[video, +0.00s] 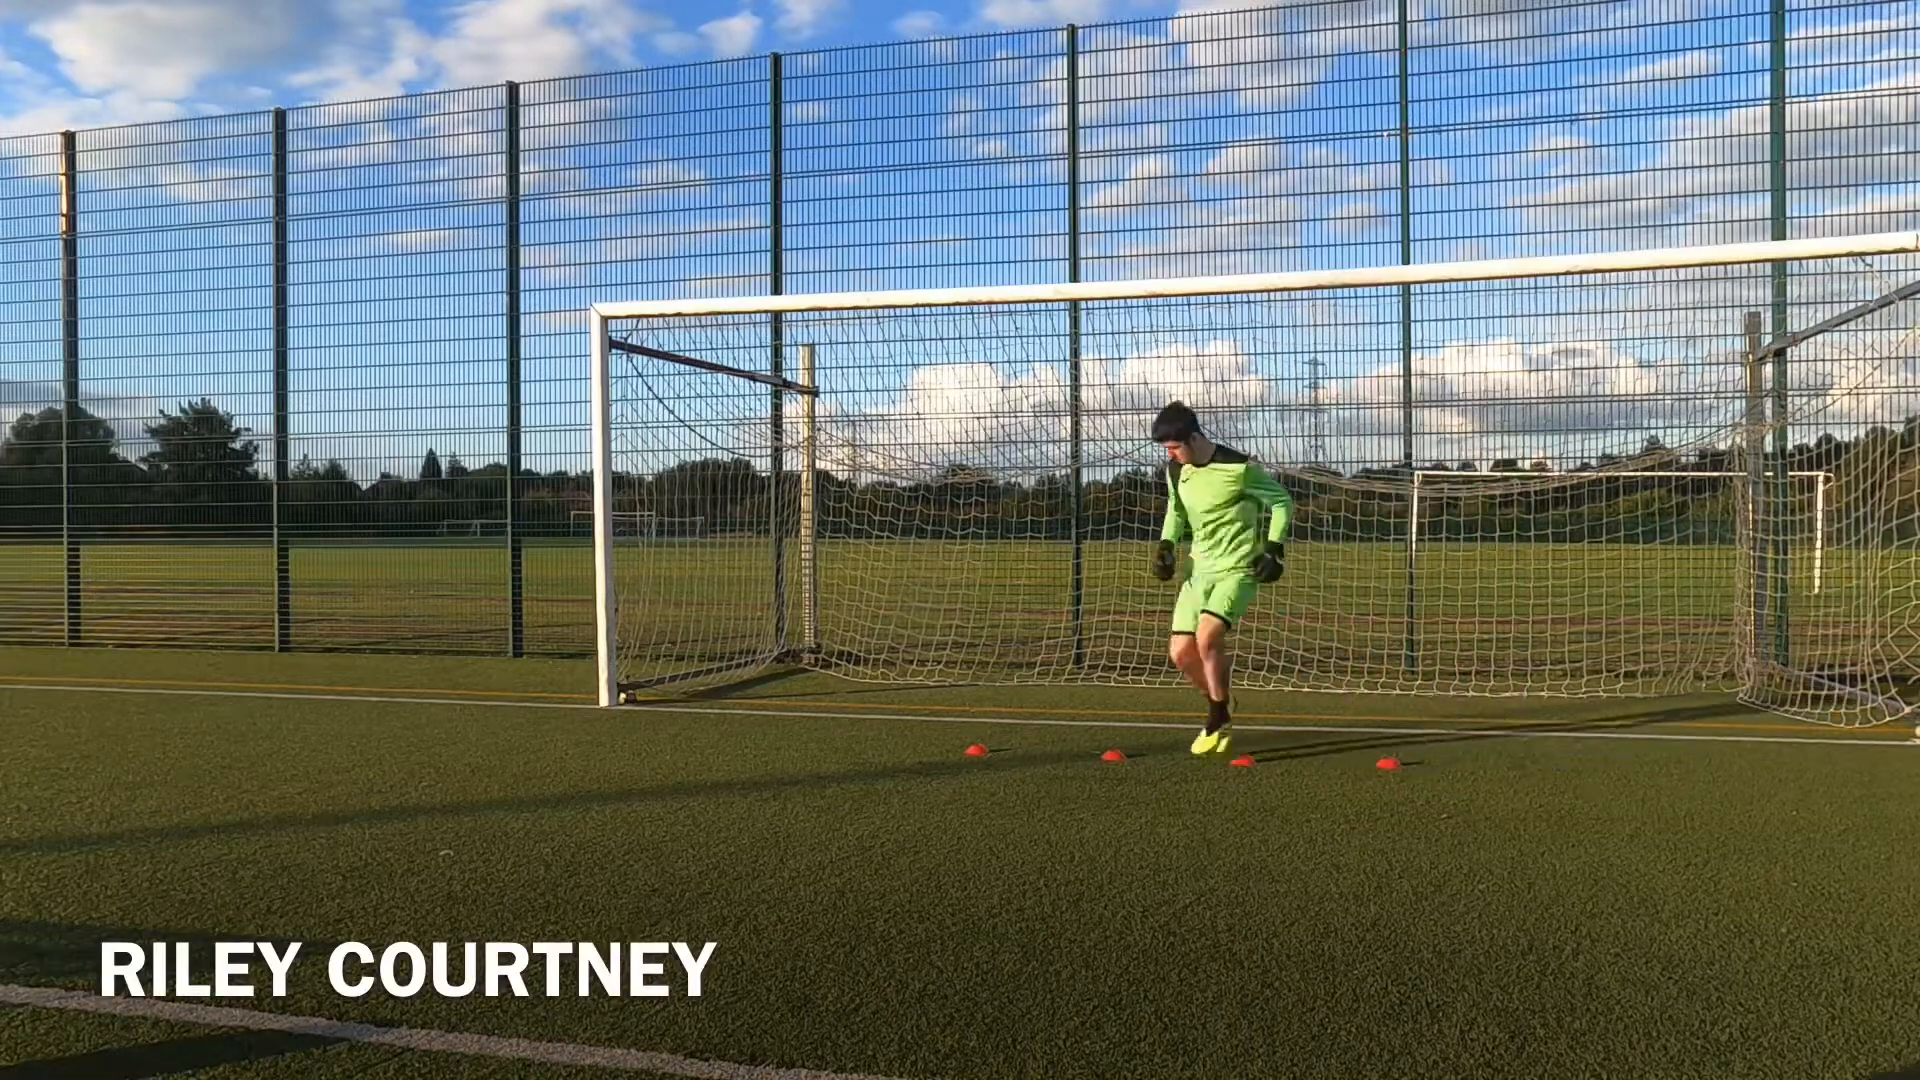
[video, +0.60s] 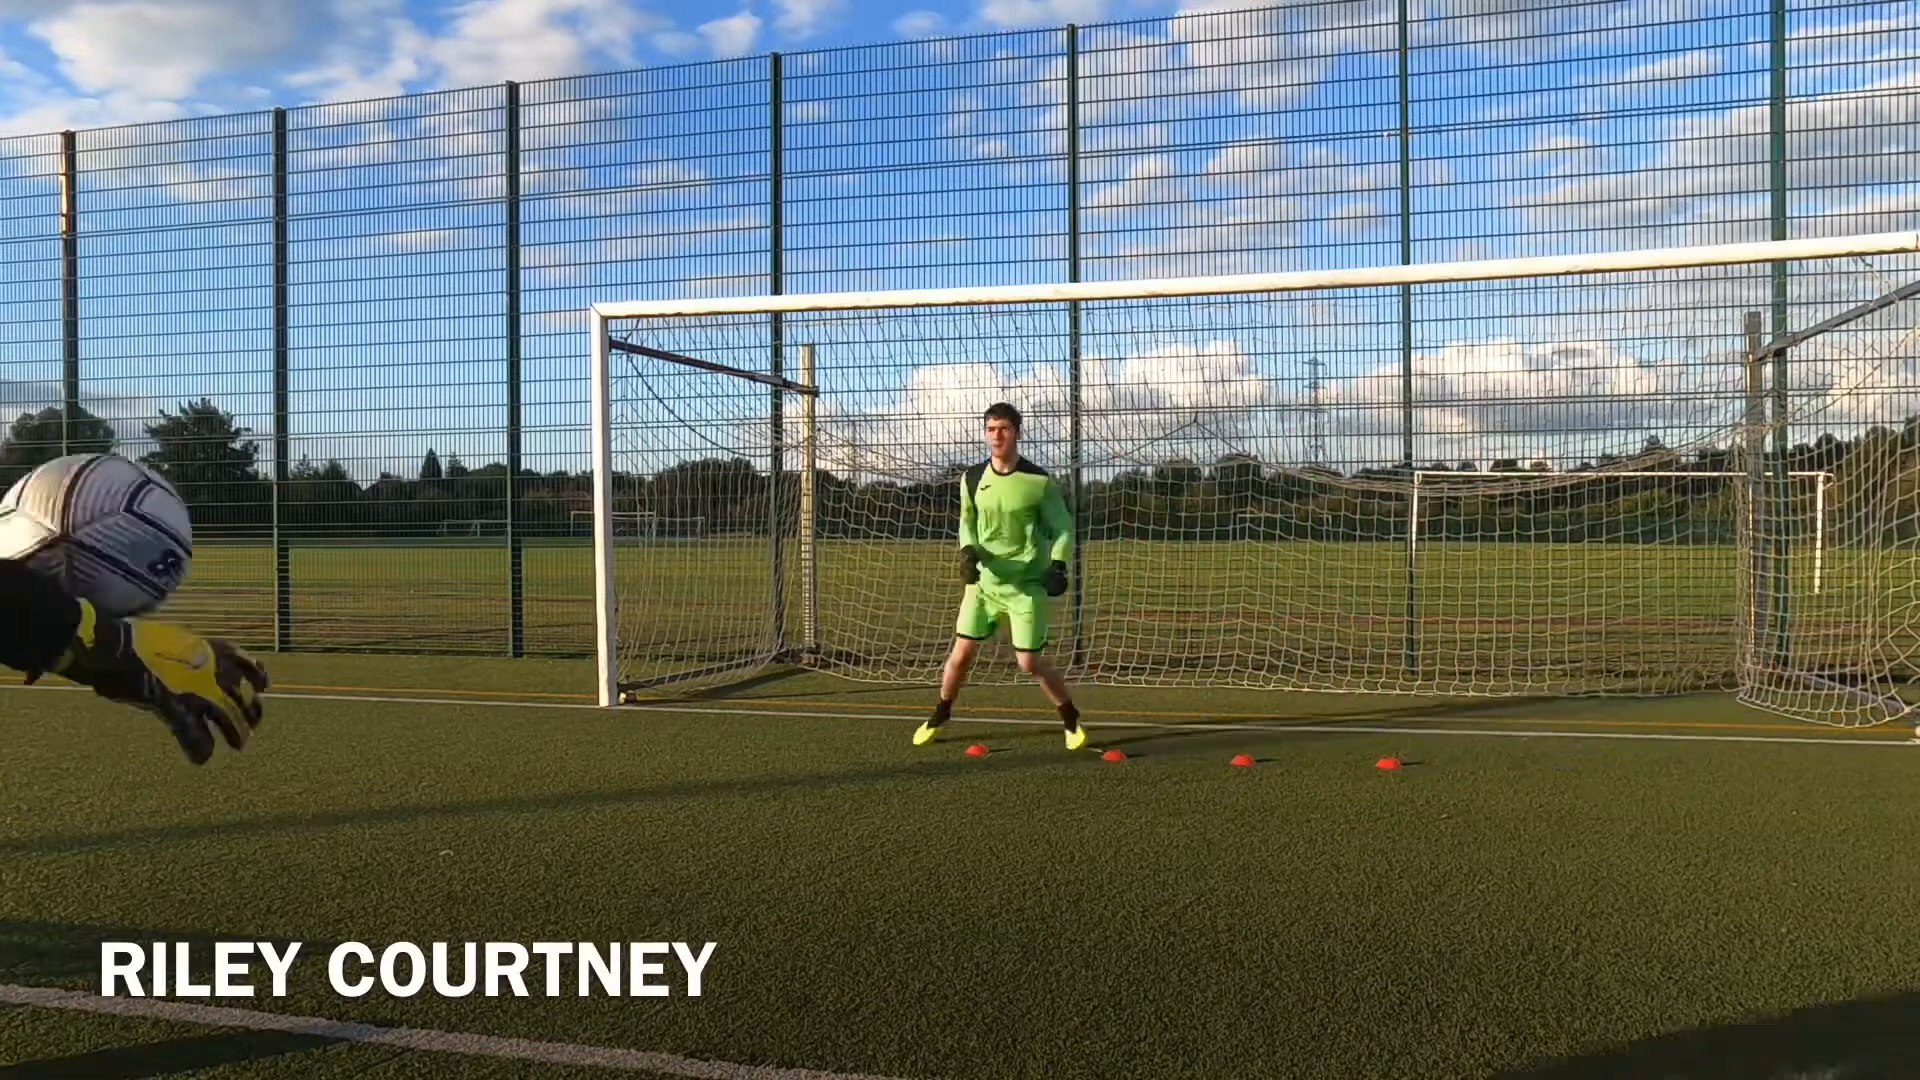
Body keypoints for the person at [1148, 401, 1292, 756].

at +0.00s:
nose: (1170, 455)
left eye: (1173, 447)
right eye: (1166, 449)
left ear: (1193, 436)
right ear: (1169, 443)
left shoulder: (1240, 467)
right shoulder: (1177, 472)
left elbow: (1281, 501)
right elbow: (1176, 510)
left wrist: (1274, 548)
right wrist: (1166, 545)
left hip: (1237, 568)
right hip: (1201, 569)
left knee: (1208, 637)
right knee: (1181, 651)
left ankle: (1218, 721)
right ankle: (1221, 703)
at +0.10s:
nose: (1139, 459)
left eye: (1144, 450)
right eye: (1134, 452)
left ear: (1163, 445)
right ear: (1132, 452)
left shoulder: (1202, 485)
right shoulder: (1147, 485)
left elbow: (1241, 528)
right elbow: (1143, 525)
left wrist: (1232, 575)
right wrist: (1125, 558)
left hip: (1199, 584)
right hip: (1165, 581)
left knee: (1168, 660)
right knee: (1117, 639)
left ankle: (1197, 753)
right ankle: (1141, 720)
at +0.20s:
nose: (1116, 450)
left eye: (1122, 442)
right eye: (1110, 444)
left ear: (1140, 441)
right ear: (1105, 447)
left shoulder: (1168, 486)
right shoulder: (1107, 485)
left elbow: (1201, 532)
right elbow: (1098, 526)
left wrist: (1183, 569)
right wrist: (1085, 549)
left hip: (1155, 588)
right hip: (1118, 585)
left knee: (1150, 658)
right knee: (1090, 645)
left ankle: (1187, 746)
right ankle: (1092, 732)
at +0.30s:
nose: (1091, 439)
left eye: (1097, 431)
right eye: (1084, 433)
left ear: (1113, 431)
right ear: (1078, 436)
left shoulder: (1137, 476)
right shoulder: (1071, 472)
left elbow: (1168, 525)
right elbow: (1056, 513)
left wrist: (1147, 552)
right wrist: (1054, 534)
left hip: (1120, 575)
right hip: (1079, 574)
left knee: (1111, 641)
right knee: (1072, 645)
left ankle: (1133, 727)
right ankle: (1084, 733)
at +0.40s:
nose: (1061, 433)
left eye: (1067, 426)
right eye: (1055, 427)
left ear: (1082, 428)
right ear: (1048, 431)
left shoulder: (1104, 475)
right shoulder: (1039, 470)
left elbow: (1134, 523)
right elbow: (1029, 510)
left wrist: (1116, 550)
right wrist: (1026, 532)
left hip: (1088, 579)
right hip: (1048, 573)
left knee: (1073, 662)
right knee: (1032, 637)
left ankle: (1091, 708)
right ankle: (1046, 715)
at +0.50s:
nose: (1030, 438)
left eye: (1036, 432)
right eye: (1024, 432)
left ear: (1050, 435)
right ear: (1017, 438)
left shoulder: (1075, 485)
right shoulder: (1007, 483)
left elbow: (1103, 532)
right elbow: (999, 524)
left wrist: (1086, 559)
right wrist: (997, 541)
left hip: (1057, 593)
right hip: (1016, 584)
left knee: (1051, 670)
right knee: (987, 645)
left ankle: (1086, 722)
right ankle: (995, 686)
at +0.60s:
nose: (996, 435)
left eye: (1003, 429)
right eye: (991, 429)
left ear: (1017, 433)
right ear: (986, 435)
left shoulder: (1040, 482)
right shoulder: (972, 479)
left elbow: (1063, 527)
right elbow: (967, 524)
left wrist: (1058, 563)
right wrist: (967, 553)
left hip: (1026, 586)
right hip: (983, 581)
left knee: (1030, 662)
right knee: (960, 654)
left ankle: (1071, 719)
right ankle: (940, 714)